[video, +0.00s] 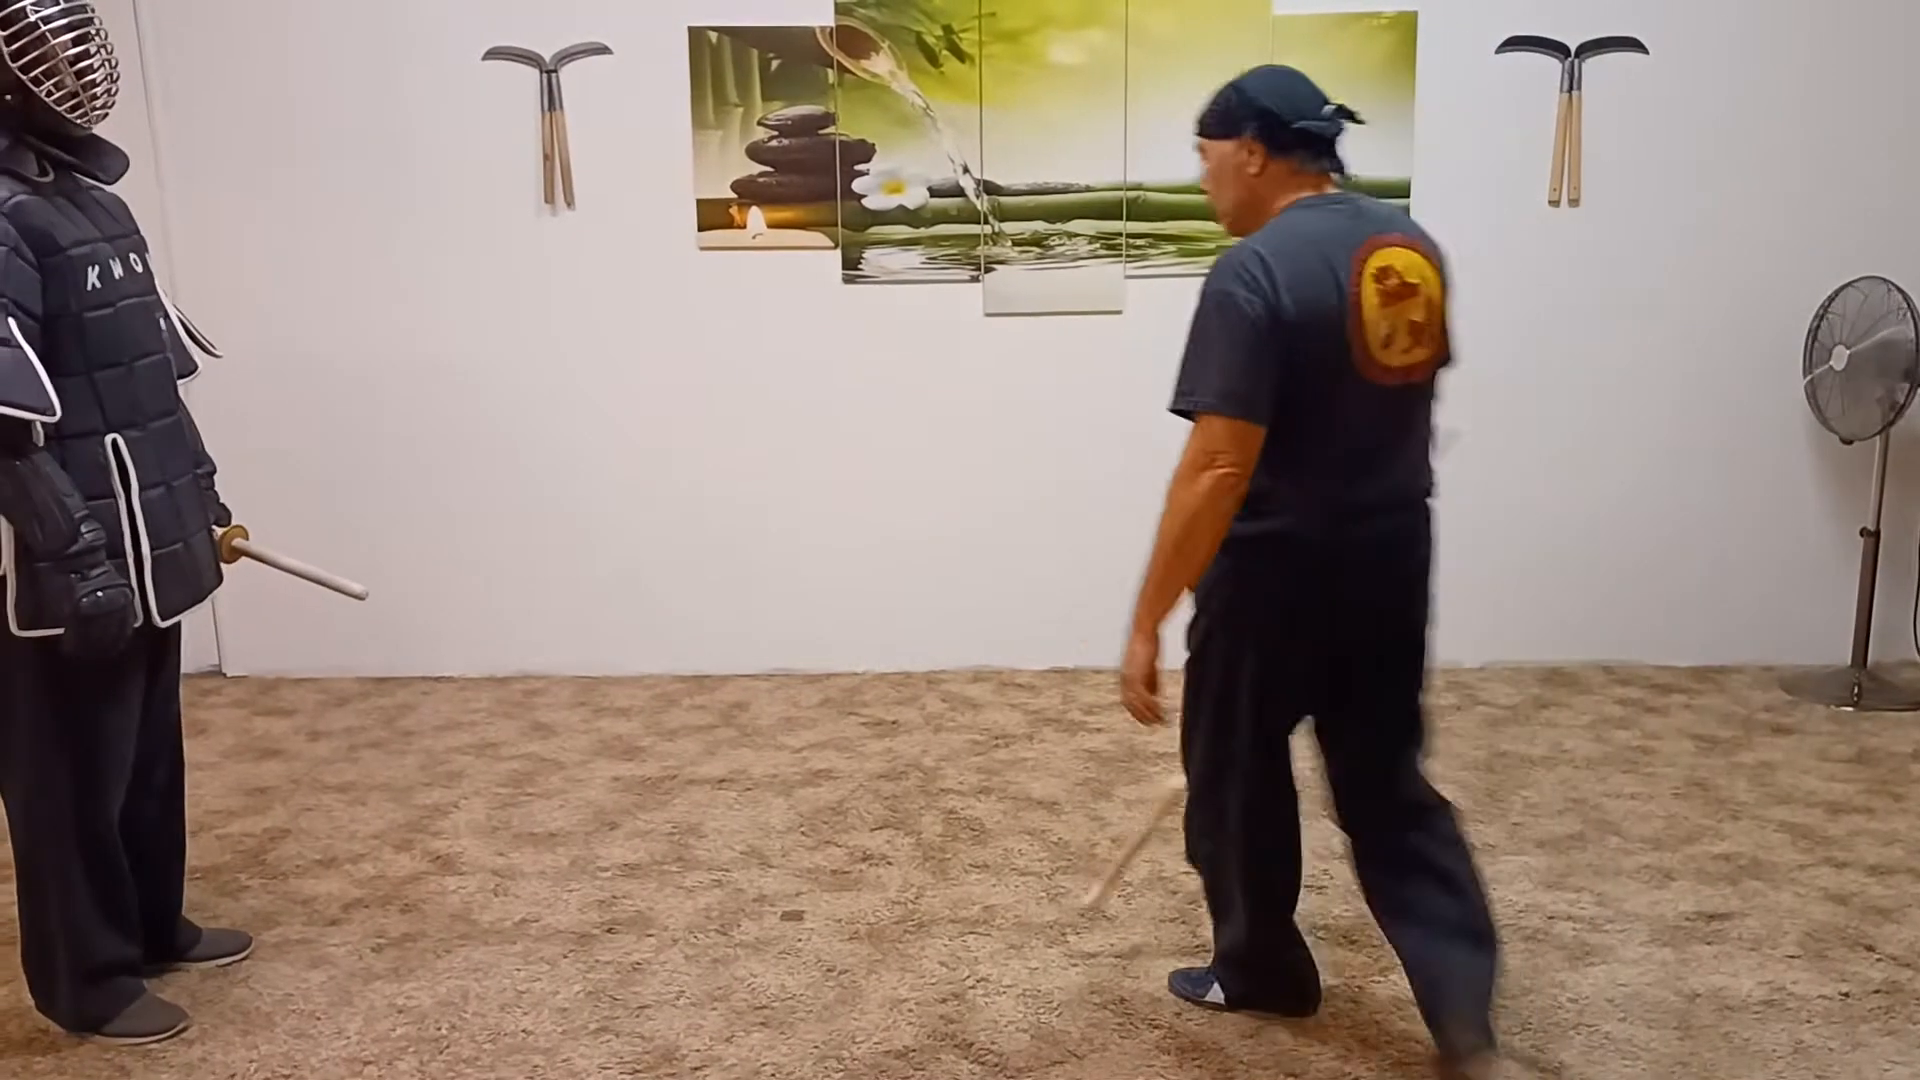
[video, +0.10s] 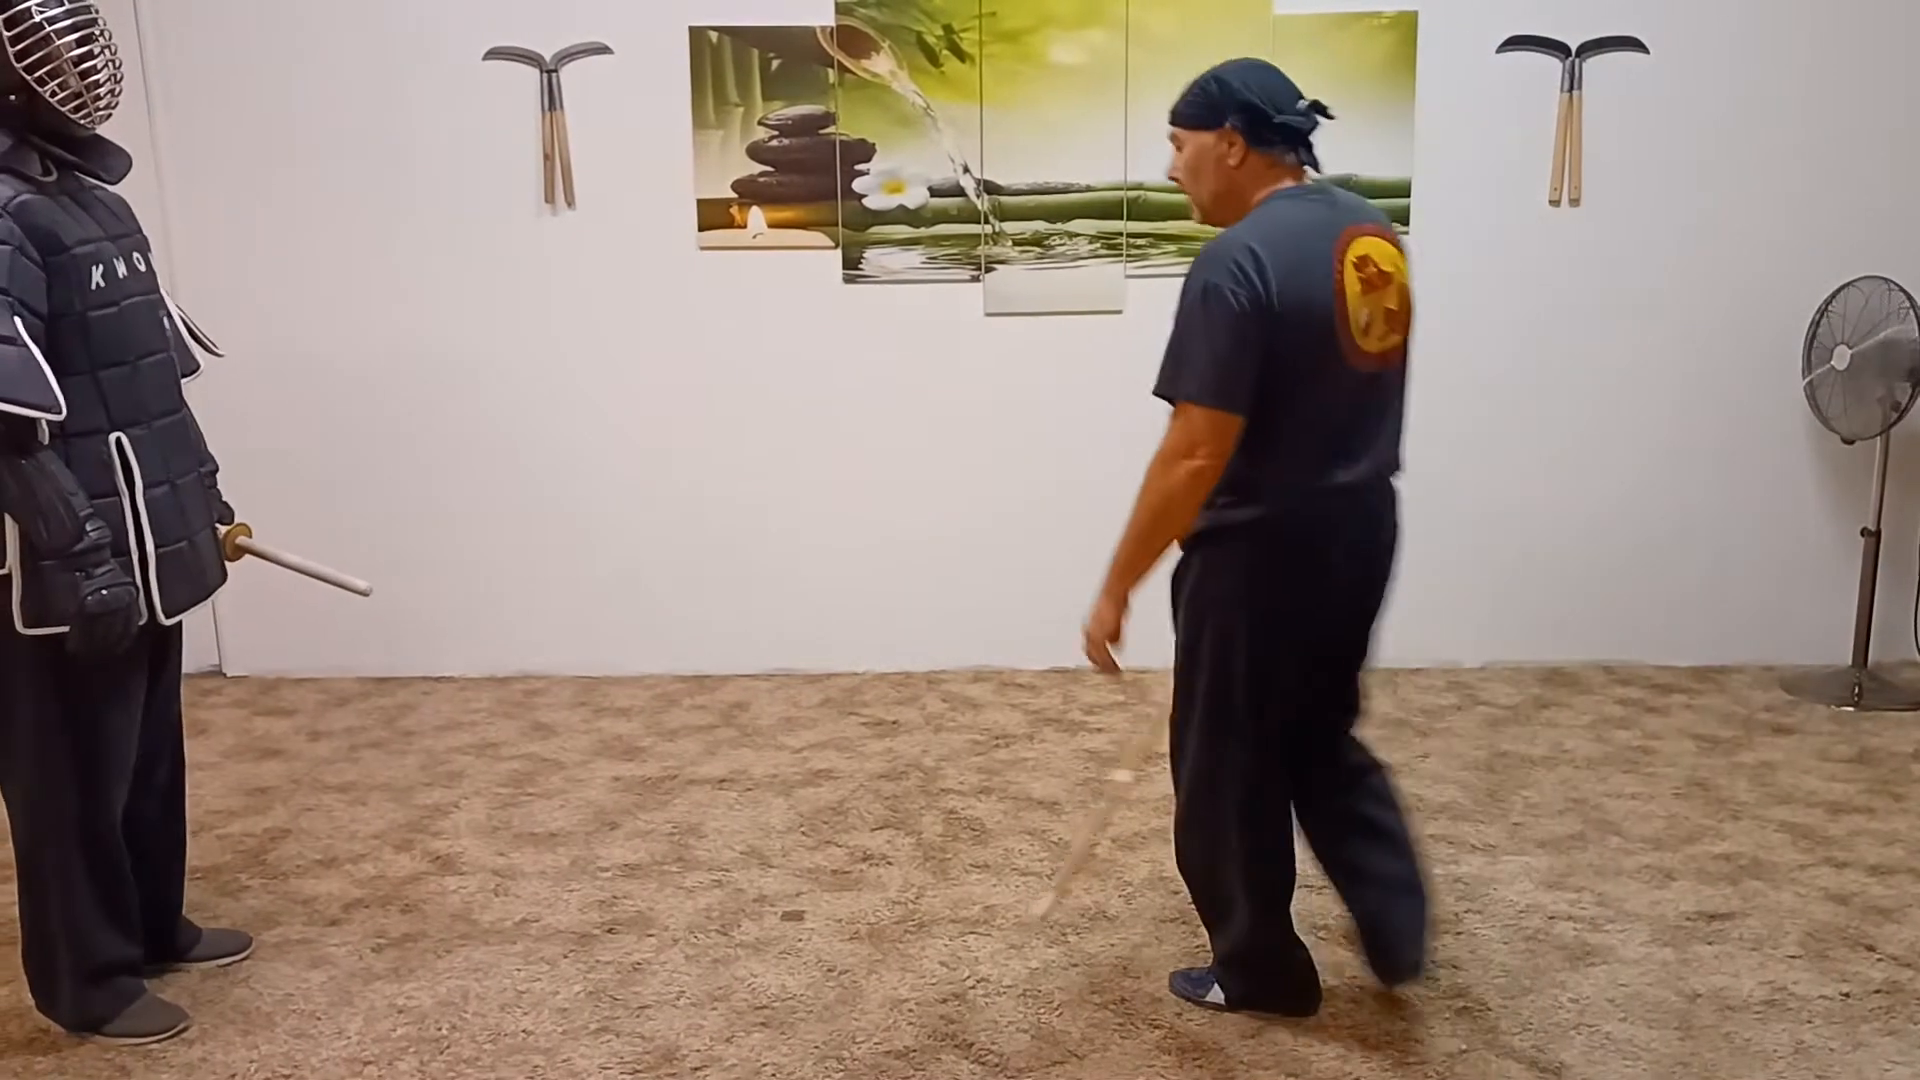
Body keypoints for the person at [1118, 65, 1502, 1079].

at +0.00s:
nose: (1204, 183)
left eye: (1210, 160)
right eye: (1204, 162)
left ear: (1256, 155)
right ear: (1305, 155)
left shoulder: (1254, 270)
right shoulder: (1404, 240)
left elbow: (1218, 464)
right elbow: (1412, 398)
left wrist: (1145, 620)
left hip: (1268, 562)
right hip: (1388, 552)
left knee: (1234, 760)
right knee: (1383, 771)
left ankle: (1263, 966)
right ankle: (1457, 978)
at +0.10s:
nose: (1176, 175)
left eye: (1182, 154)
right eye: (1175, 156)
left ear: (1235, 146)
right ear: (1277, 148)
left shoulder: (1235, 262)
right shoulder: (1367, 226)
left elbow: (1195, 450)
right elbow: (1364, 397)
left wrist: (1117, 585)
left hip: (1254, 547)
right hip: (1358, 530)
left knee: (1223, 760)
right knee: (1315, 731)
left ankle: (1259, 969)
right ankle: (1395, 918)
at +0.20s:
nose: (1155, 159)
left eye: (1167, 136)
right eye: (1156, 138)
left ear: (1229, 137)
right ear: (1250, 141)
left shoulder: (1227, 254)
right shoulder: (1334, 218)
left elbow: (1187, 436)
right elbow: (1327, 385)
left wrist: (1104, 541)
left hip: (1244, 533)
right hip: (1328, 514)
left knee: (1216, 746)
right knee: (1283, 724)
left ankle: (1264, 967)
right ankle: (1313, 917)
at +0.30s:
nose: (1141, 157)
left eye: (1156, 133)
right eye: (1142, 136)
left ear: (1221, 136)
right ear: (1231, 142)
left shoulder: (1228, 251)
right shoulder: (1298, 216)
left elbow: (1190, 431)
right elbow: (1276, 388)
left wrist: (1102, 509)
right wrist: (1170, 475)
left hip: (1238, 527)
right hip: (1297, 506)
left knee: (1216, 742)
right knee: (1249, 704)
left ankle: (1265, 971)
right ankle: (1233, 854)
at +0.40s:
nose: (1133, 160)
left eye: (1150, 135)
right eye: (1130, 141)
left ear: (1218, 137)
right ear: (1206, 146)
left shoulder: (1241, 245)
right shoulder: (1233, 225)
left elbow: (1212, 422)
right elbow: (1176, 368)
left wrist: (1115, 487)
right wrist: (1105, 435)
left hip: (1241, 521)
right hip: (1224, 507)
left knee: (1220, 733)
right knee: (1190, 697)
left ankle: (1265, 968)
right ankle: (1161, 842)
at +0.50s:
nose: (1130, 156)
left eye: (1148, 134)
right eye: (1122, 141)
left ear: (1211, 136)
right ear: (1128, 155)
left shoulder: (1243, 233)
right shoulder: (1184, 231)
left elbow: (1244, 401)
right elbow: (1130, 337)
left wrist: (1124, 464)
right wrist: (1062, 412)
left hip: (1244, 514)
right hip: (1188, 506)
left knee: (1217, 729)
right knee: (1164, 692)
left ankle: (1265, 965)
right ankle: (1152, 859)